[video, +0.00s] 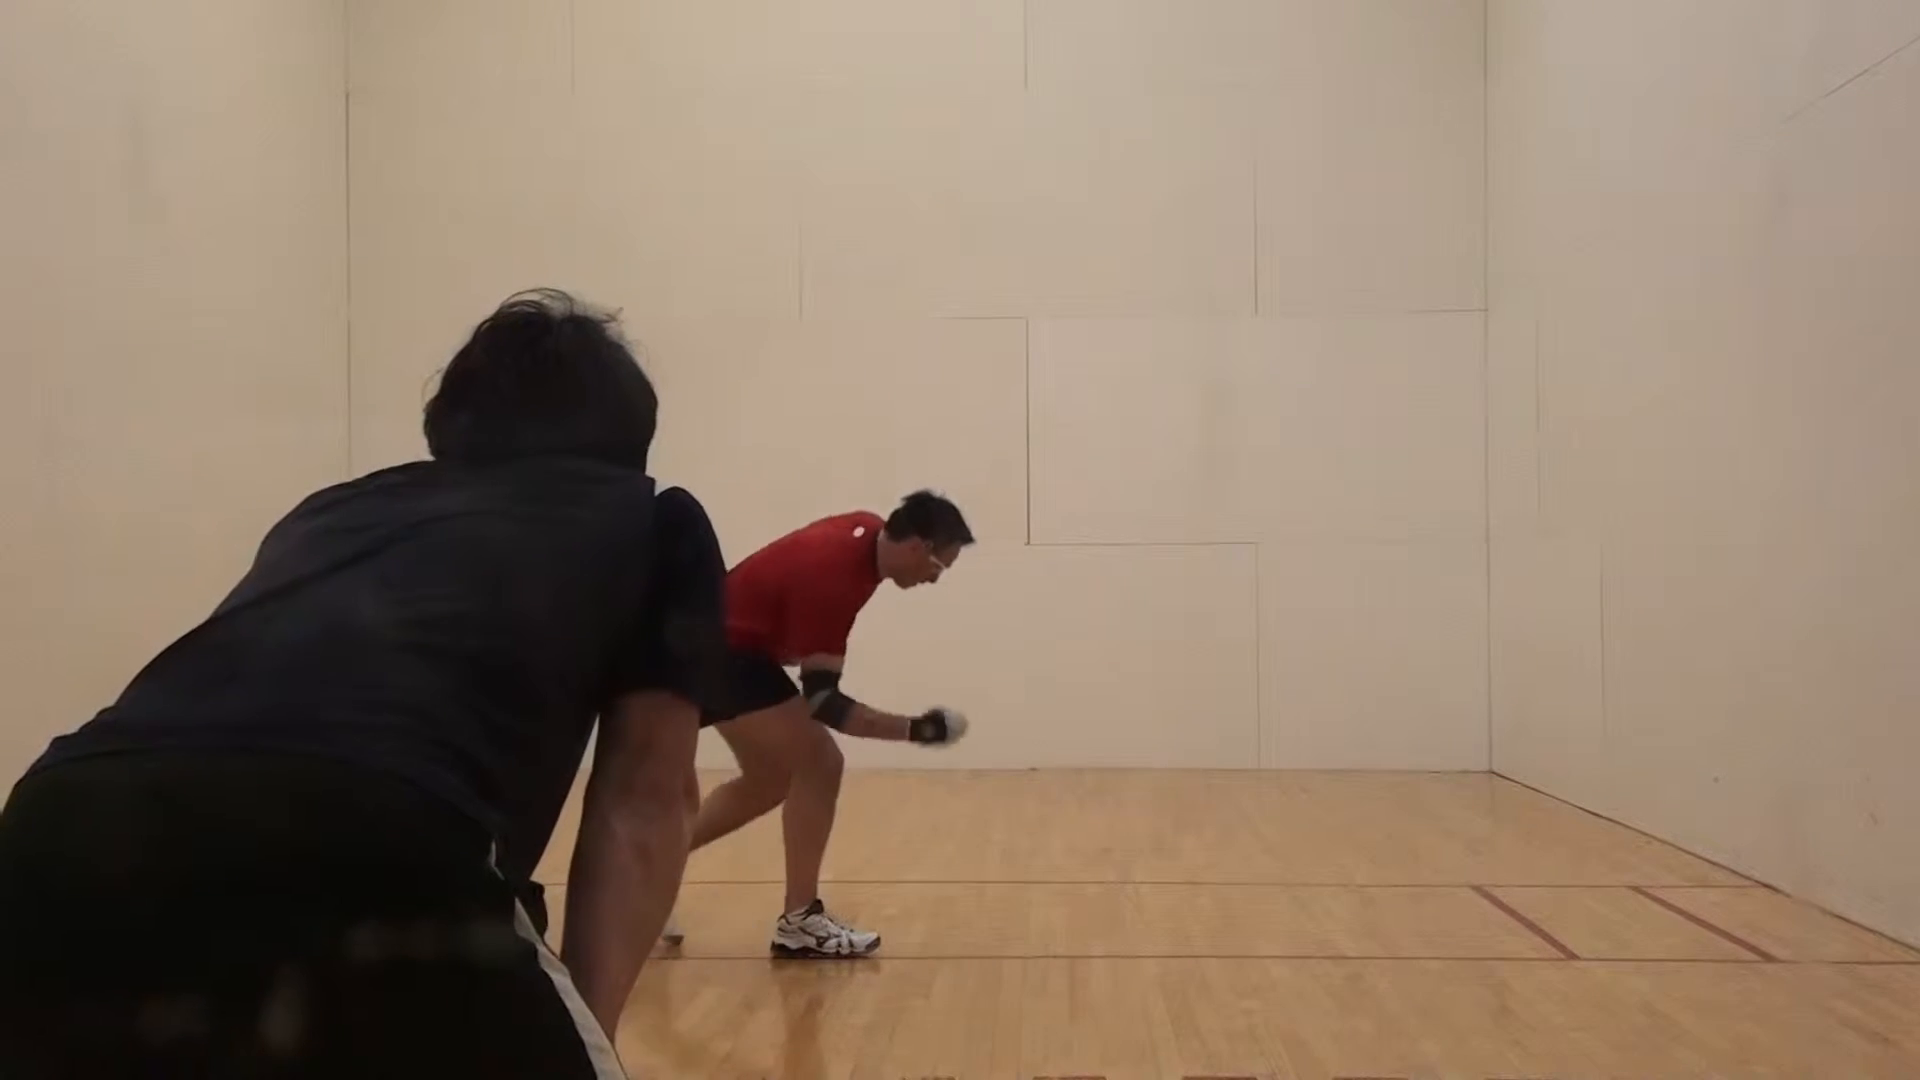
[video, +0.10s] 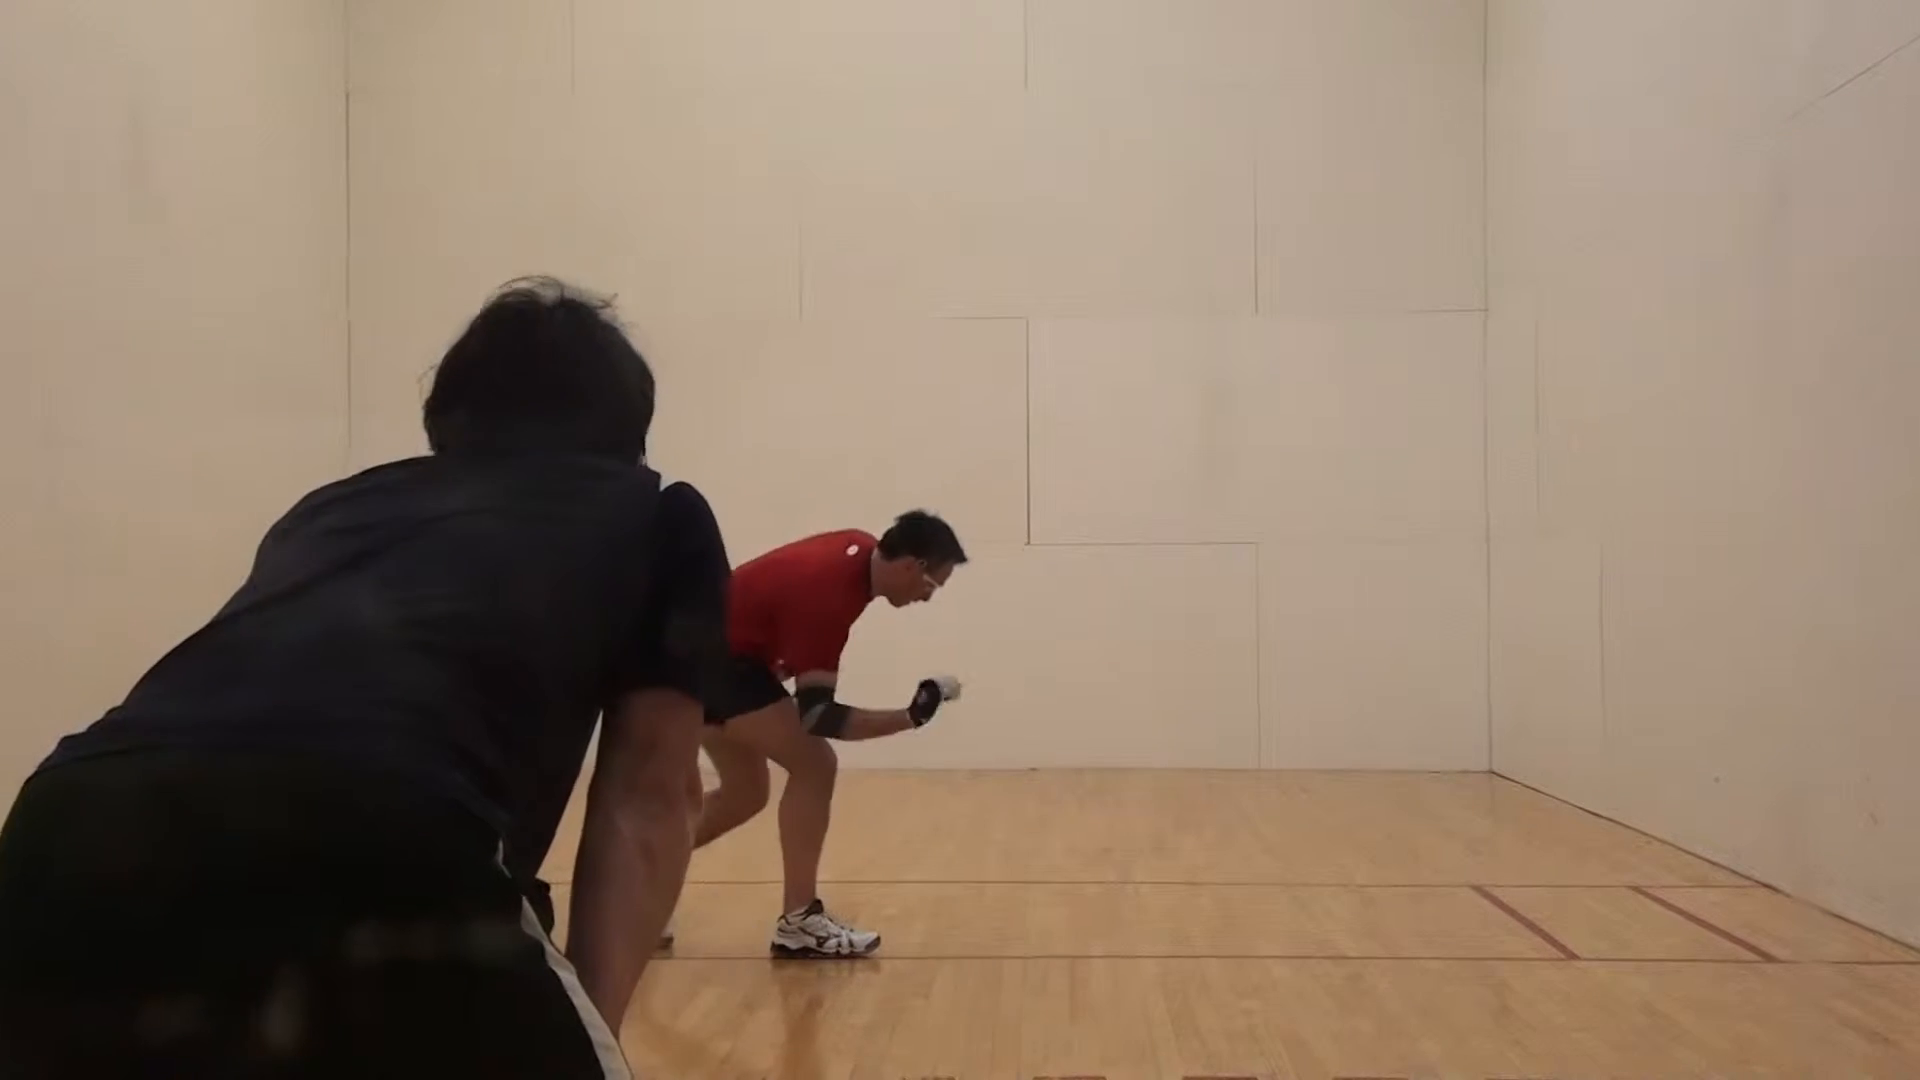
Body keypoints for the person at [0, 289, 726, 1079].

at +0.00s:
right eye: (643, 455)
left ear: (445, 431)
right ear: (628, 451)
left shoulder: (330, 506)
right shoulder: (649, 519)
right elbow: (648, 793)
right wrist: (581, 1032)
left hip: (64, 854)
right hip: (377, 875)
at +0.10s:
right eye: (643, 440)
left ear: (445, 419)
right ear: (624, 436)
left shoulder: (332, 501)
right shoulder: (652, 512)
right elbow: (650, 796)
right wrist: (583, 1033)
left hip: (78, 843)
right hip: (385, 862)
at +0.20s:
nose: (651, 440)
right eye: (650, 420)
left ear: (444, 410)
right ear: (630, 412)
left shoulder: (335, 499)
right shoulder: (664, 507)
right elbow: (661, 786)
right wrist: (596, 1030)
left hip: (90, 832)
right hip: (391, 846)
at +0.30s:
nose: (651, 392)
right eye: (644, 370)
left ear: (439, 379)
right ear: (623, 382)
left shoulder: (340, 490)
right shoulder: (672, 494)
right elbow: (672, 778)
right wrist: (611, 1027)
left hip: (119, 825)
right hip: (410, 834)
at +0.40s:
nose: (667, 404)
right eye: (665, 382)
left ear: (459, 379)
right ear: (644, 382)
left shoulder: (357, 485)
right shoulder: (683, 487)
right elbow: (682, 774)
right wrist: (623, 1021)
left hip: (139, 822)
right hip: (428, 832)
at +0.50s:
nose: (682, 400)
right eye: (683, 383)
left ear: (480, 393)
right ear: (669, 395)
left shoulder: (386, 490)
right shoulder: (702, 489)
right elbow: (708, 769)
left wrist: (745, 585)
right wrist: (638, 1020)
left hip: (148, 830)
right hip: (434, 846)